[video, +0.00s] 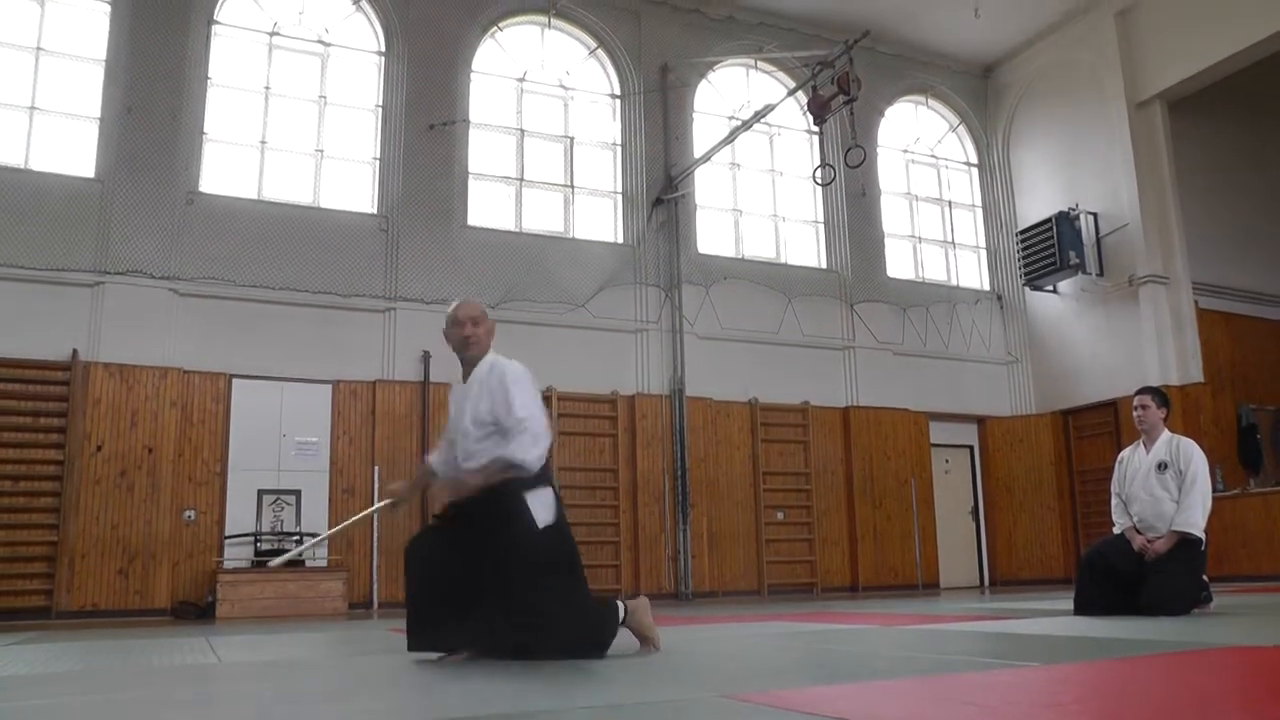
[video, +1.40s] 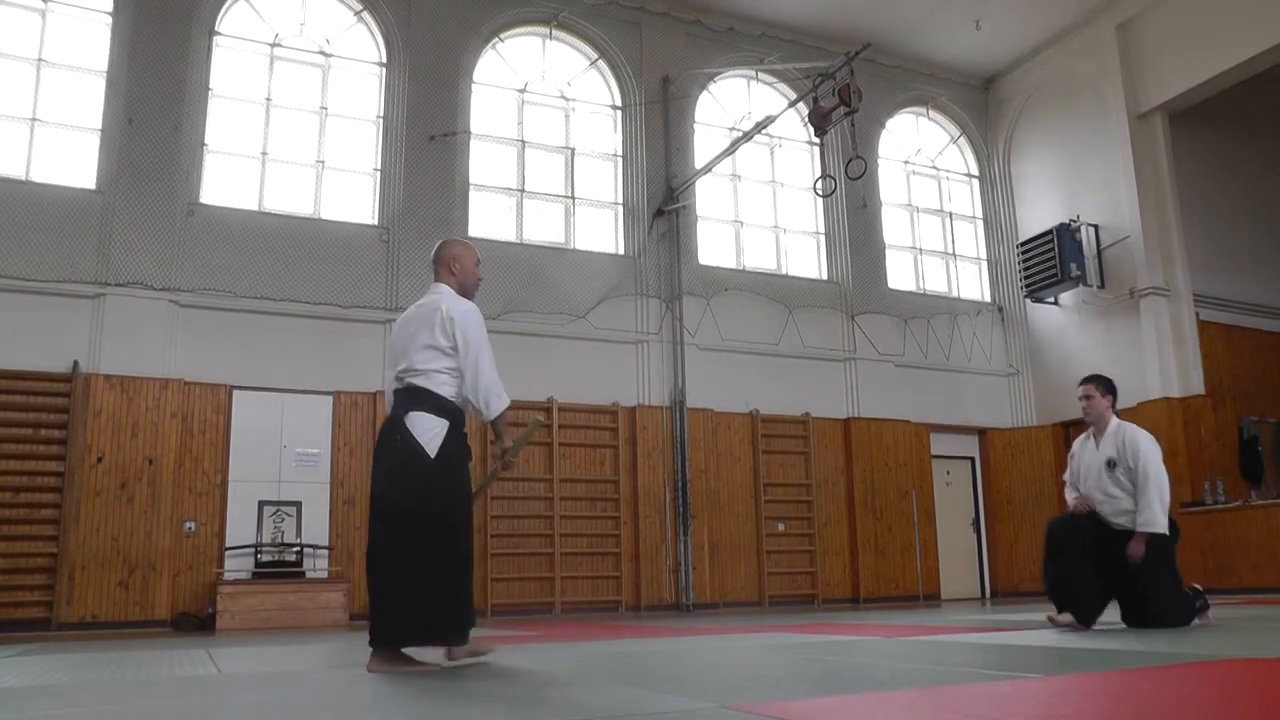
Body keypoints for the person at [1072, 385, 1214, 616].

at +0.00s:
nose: (1138, 413)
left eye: (1144, 408)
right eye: (1135, 409)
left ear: (1162, 413)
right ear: (1132, 414)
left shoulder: (1185, 449)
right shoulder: (1125, 458)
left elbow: (1196, 501)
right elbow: (1117, 502)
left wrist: (1167, 541)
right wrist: (1133, 536)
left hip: (1179, 542)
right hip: (1135, 541)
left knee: (1157, 606)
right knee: (1094, 562)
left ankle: (1198, 589)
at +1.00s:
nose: (1124, 423)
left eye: (1130, 417)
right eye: (1121, 418)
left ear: (1149, 422)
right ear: (1119, 423)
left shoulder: (1177, 459)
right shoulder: (1115, 468)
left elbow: (1196, 512)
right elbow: (1111, 515)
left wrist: (1167, 553)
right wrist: (1133, 548)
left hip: (1179, 553)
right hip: (1134, 552)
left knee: (1159, 615)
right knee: (1094, 576)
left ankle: (1200, 599)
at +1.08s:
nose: (1118, 418)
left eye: (1124, 411)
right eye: (1115, 413)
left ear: (1143, 416)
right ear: (1112, 418)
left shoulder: (1172, 454)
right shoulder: (1110, 462)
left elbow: (1188, 506)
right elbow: (1106, 508)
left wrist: (1165, 549)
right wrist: (1125, 541)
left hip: (1174, 549)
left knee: (1158, 616)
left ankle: (1199, 599)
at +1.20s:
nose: (1108, 407)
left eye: (1114, 401)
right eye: (1106, 402)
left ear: (1134, 403)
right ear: (1104, 408)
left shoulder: (1160, 443)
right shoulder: (1102, 450)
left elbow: (1177, 493)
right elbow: (1096, 492)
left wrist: (1158, 538)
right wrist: (1101, 518)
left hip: (1165, 539)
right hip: (1123, 539)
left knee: (1156, 618)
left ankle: (1199, 599)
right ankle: (1124, 607)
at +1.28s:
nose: (1099, 403)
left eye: (1105, 396)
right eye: (1097, 398)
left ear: (1125, 399)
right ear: (1096, 403)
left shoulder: (1152, 439)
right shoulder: (1094, 446)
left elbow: (1168, 489)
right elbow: (1087, 486)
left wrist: (1151, 534)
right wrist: (1087, 507)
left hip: (1158, 534)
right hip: (1117, 534)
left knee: (1152, 618)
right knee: (1080, 541)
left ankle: (1197, 599)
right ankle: (1113, 607)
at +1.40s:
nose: (1083, 404)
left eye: (1089, 398)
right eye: (1081, 399)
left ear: (1109, 401)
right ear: (1080, 404)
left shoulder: (1136, 439)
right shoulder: (1079, 446)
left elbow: (1154, 488)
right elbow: (1070, 484)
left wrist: (1141, 536)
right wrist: (1074, 500)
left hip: (1146, 534)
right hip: (1104, 533)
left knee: (1145, 618)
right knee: (1061, 530)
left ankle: (1195, 600)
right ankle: (1077, 612)